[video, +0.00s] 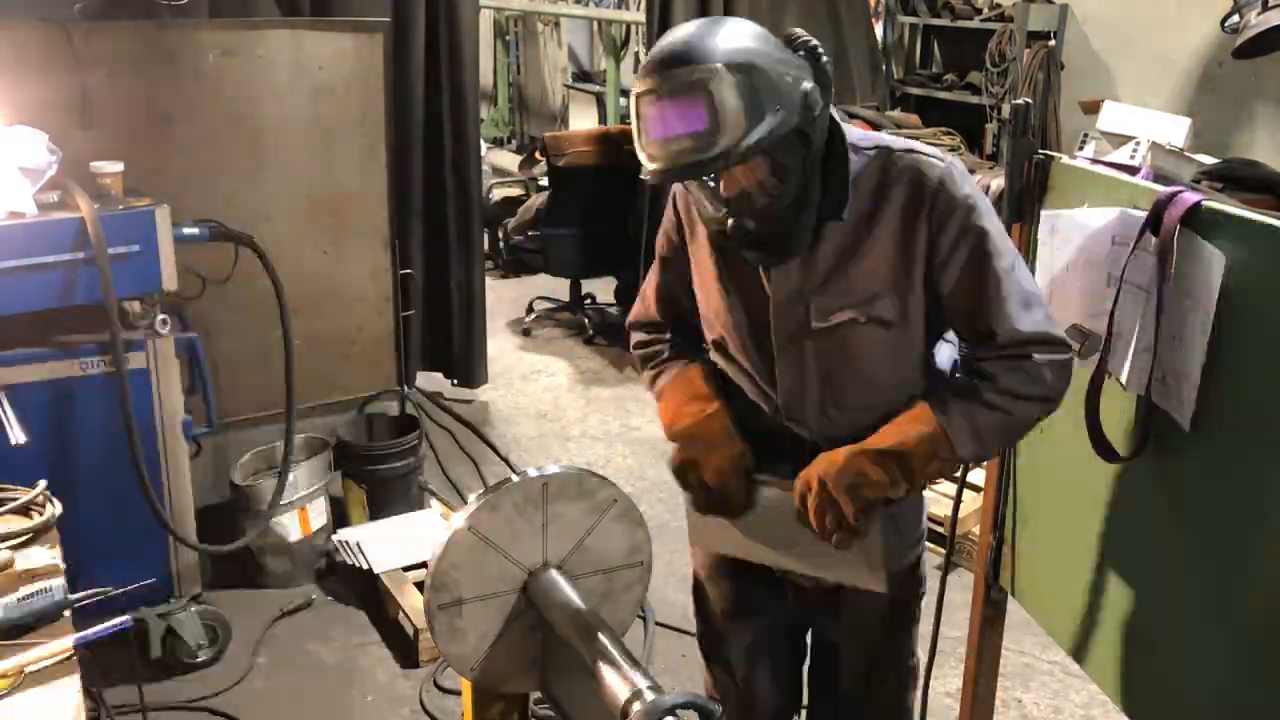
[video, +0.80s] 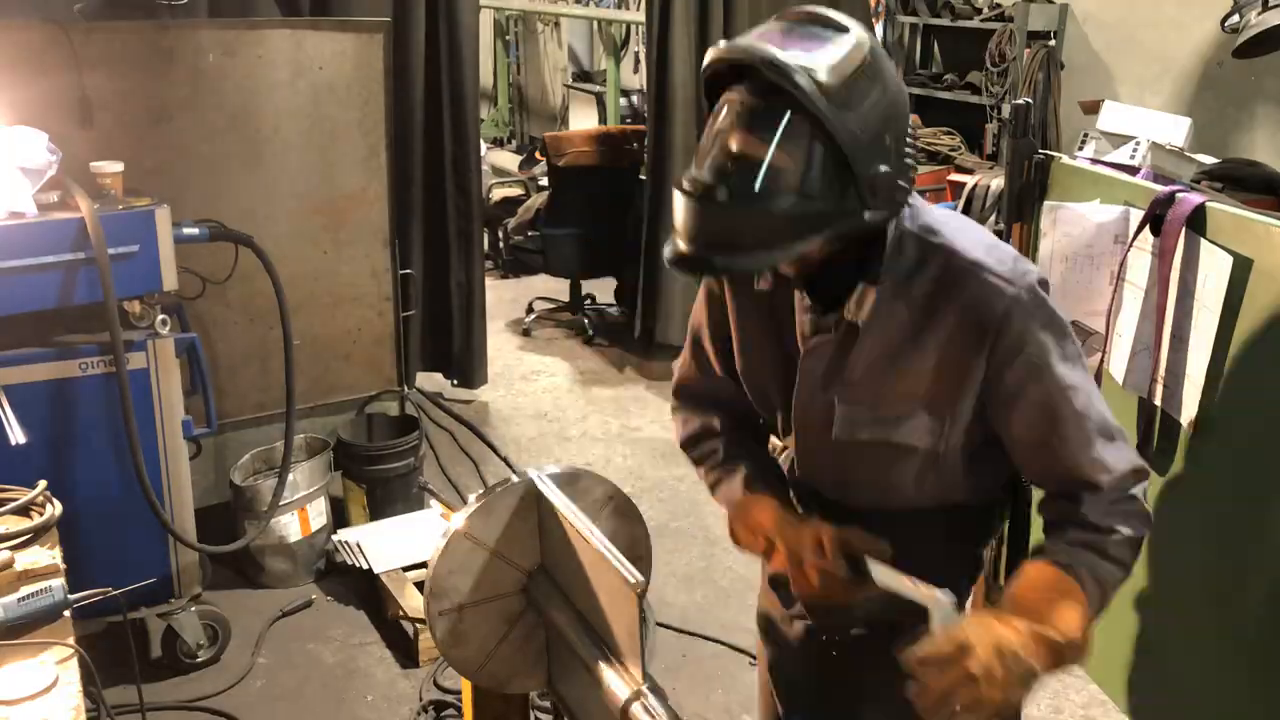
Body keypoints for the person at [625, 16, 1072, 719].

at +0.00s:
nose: (728, 190)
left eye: (742, 162)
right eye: (708, 172)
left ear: (798, 132)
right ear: (686, 169)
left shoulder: (925, 191)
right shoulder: (694, 202)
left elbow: (1032, 358)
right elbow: (656, 329)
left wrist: (885, 459)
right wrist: (692, 410)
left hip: (874, 535)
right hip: (738, 527)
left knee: (865, 712)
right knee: (747, 710)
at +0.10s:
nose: (862, 454)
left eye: (880, 430)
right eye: (853, 430)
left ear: (946, 423)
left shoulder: (1029, 526)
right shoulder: (976, 468)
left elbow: (989, 718)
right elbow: (838, 529)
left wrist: (808, 649)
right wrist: (668, 511)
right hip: (954, 690)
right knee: (808, 687)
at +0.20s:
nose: (804, 507)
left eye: (814, 481)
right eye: (788, 485)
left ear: (889, 429)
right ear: (896, 420)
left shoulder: (973, 527)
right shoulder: (939, 462)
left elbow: (902, 712)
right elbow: (870, 568)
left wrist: (706, 693)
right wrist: (763, 580)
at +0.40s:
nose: (539, 398)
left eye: (587, 374)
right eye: (541, 348)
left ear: (687, 347)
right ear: (531, 316)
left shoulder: (896, 414)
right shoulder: (676, 269)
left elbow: (943, 676)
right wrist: (559, 457)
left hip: (861, 618)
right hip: (748, 579)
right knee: (745, 703)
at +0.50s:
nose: (617, 228)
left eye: (662, 212)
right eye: (630, 188)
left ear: (746, 216)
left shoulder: (893, 344)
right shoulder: (778, 224)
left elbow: (936, 582)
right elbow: (732, 379)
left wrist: (722, 575)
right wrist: (624, 431)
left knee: (822, 705)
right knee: (769, 698)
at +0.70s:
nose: (765, 198)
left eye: (786, 169)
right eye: (741, 175)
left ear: (834, 142)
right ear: (710, 160)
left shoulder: (913, 267)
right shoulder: (708, 224)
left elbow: (1016, 529)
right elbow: (652, 375)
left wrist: (976, 704)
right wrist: (557, 429)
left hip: (842, 565)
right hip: (735, 540)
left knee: (823, 708)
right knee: (732, 702)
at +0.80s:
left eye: (772, 167)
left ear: (855, 189)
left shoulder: (991, 299)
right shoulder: (744, 268)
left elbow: (1108, 497)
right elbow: (704, 406)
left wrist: (1025, 633)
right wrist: (774, 522)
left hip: (940, 627)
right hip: (796, 598)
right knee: (792, 707)